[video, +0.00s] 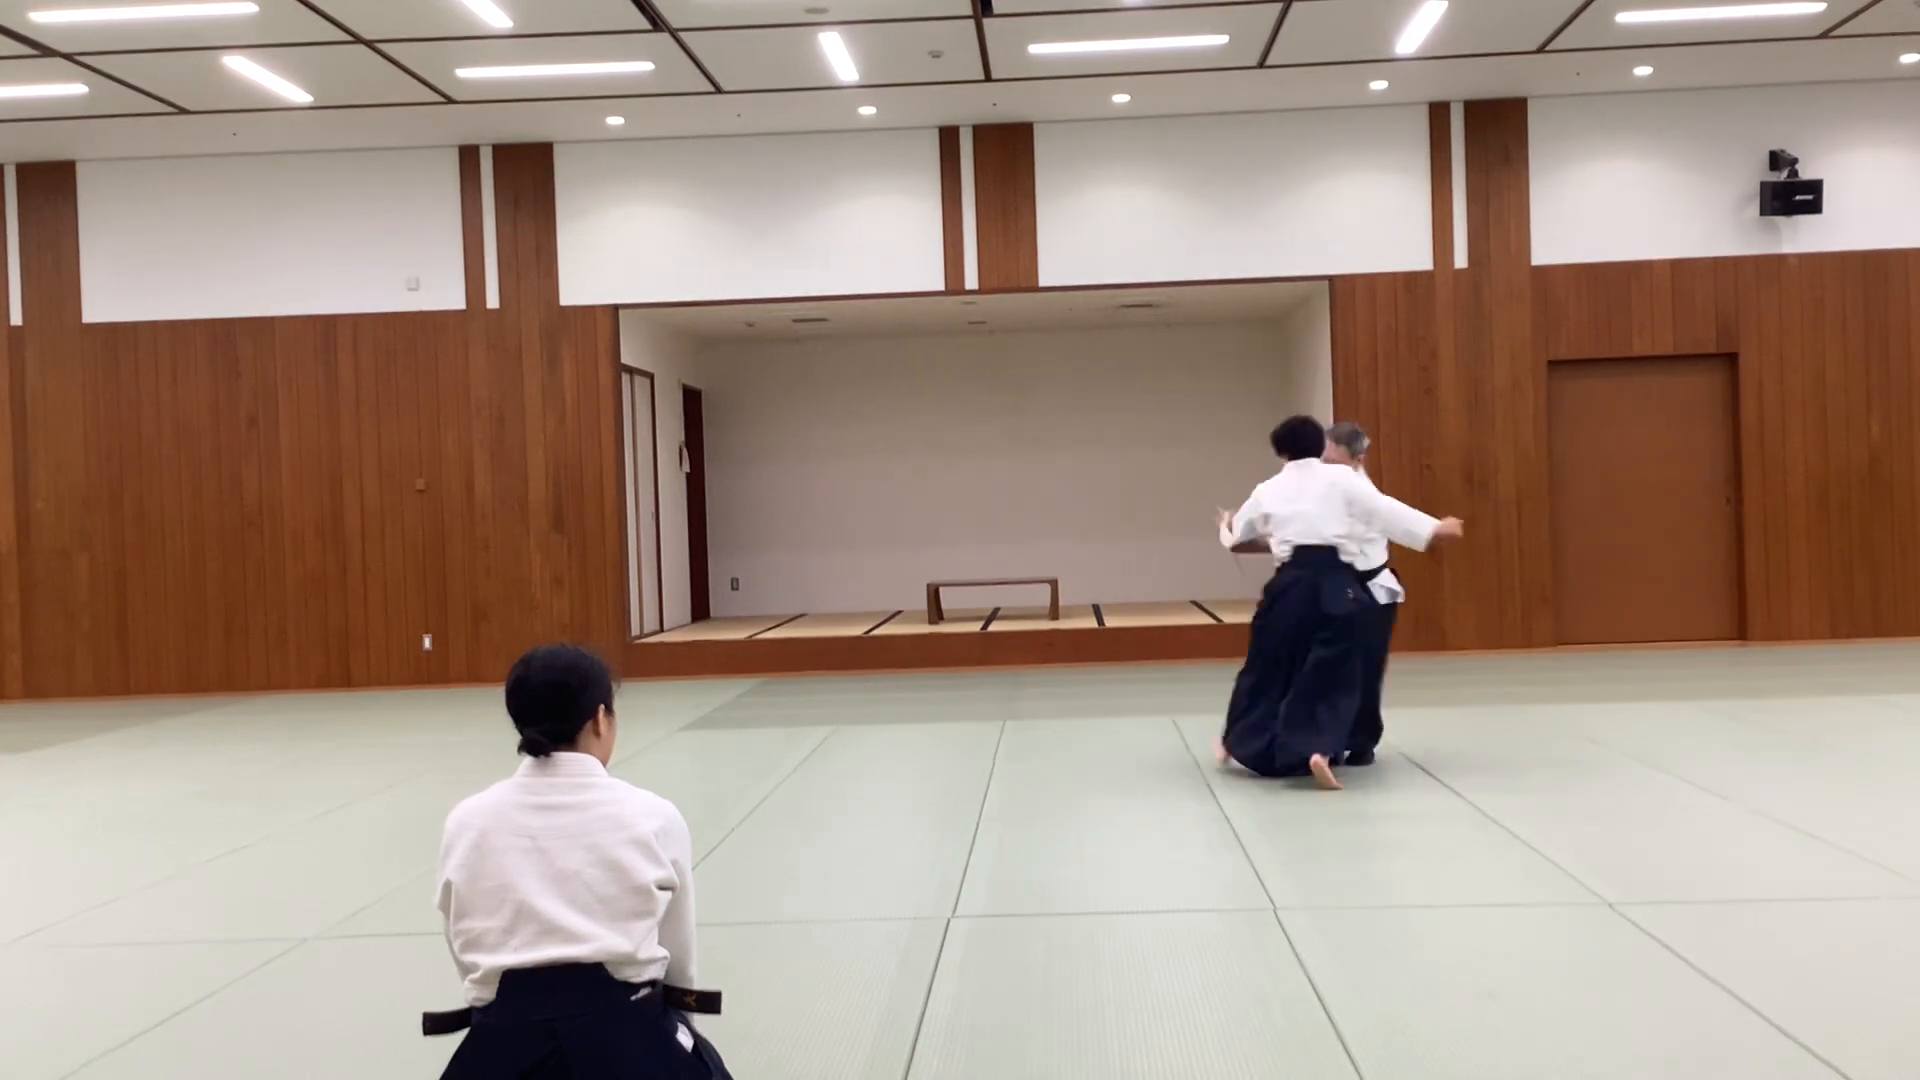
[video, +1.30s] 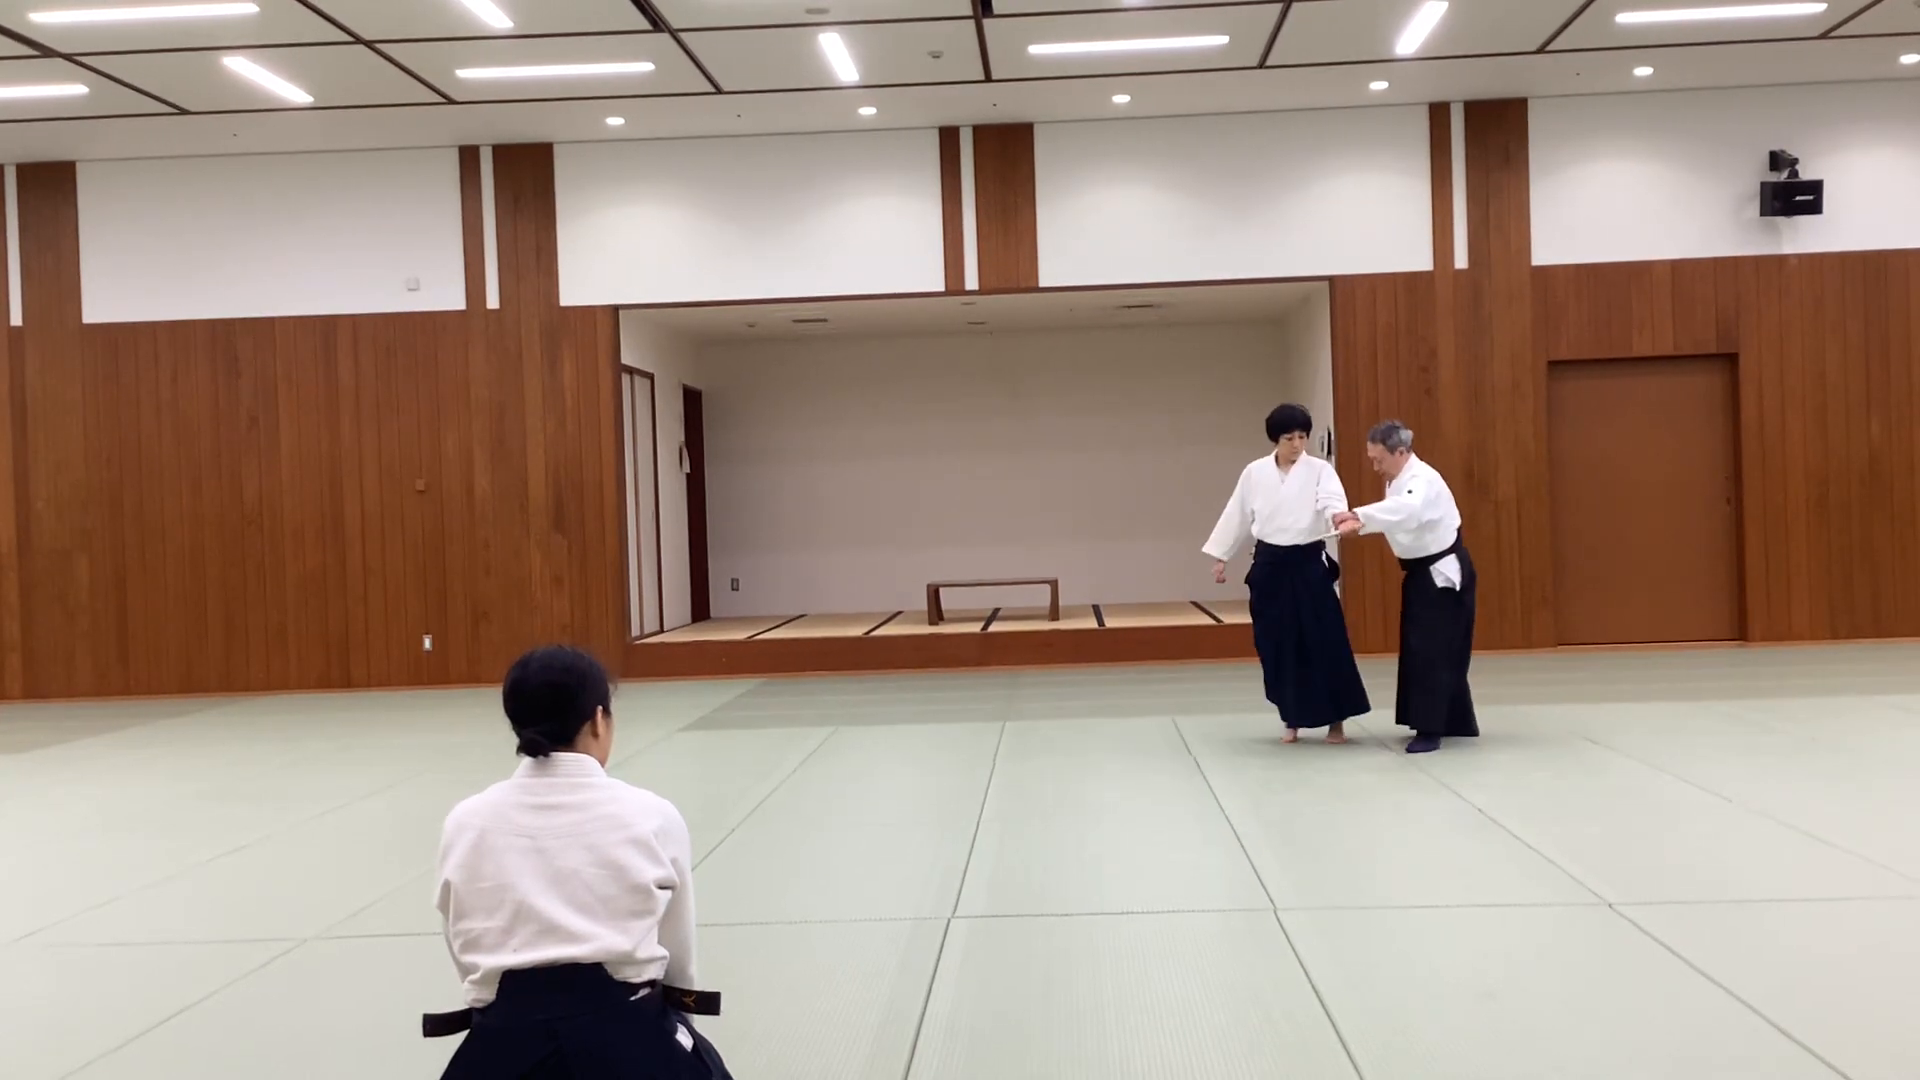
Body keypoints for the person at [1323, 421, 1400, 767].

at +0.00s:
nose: (1324, 462)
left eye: (1332, 456)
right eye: (1323, 455)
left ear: (1356, 459)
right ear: (1322, 451)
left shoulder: (1366, 492)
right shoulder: (1326, 488)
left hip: (1374, 587)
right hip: (1339, 587)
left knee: (1365, 670)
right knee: (1334, 667)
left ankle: (1361, 745)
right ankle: (1326, 745)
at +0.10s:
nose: (1340, 473)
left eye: (1347, 467)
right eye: (1339, 465)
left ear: (1371, 466)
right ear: (1337, 459)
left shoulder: (1383, 502)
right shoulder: (1335, 480)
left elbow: (1351, 549)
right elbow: (1306, 503)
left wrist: (1317, 563)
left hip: (1386, 589)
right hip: (1349, 584)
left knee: (1374, 671)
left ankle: (1368, 747)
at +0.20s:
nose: (1352, 474)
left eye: (1359, 469)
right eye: (1350, 467)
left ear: (1383, 468)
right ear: (1350, 459)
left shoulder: (1392, 505)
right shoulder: (1348, 484)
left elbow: (1360, 562)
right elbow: (1317, 522)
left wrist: (1312, 583)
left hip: (1406, 589)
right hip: (1379, 586)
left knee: (1381, 664)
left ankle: (1369, 741)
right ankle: (1463, 716)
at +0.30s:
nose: (1354, 473)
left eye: (1360, 467)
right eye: (1353, 466)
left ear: (1383, 465)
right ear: (1357, 461)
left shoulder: (1396, 504)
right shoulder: (1362, 488)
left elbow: (1374, 563)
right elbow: (1341, 532)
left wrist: (1333, 590)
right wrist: (1313, 569)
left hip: (1423, 586)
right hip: (1407, 581)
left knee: (1397, 658)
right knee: (1438, 655)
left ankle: (1388, 739)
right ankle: (1470, 724)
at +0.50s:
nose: (1353, 465)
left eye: (1357, 458)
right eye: (1351, 458)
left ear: (1379, 452)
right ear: (1374, 453)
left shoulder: (1397, 487)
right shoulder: (1375, 479)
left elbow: (1388, 550)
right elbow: (1366, 531)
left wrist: (1362, 597)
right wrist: (1359, 579)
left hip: (1434, 571)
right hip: (1425, 567)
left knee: (1423, 650)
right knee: (1453, 646)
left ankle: (1426, 732)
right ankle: (1467, 726)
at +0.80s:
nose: (1361, 475)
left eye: (1362, 467)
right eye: (1358, 469)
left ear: (1384, 460)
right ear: (1381, 461)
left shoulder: (1409, 486)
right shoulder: (1390, 489)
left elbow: (1402, 528)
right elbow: (1395, 535)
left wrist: (1372, 553)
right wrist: (1382, 563)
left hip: (1444, 573)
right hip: (1428, 573)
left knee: (1420, 649)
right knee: (1416, 649)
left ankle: (1427, 731)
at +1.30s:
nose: (1374, 465)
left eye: (1377, 458)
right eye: (1371, 459)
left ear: (1399, 452)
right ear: (1393, 453)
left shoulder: (1421, 478)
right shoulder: (1400, 480)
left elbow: (1408, 510)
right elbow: (1396, 517)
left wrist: (1360, 517)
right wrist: (1359, 525)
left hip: (1441, 571)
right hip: (1422, 570)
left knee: (1430, 649)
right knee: (1426, 647)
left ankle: (1430, 731)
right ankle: (1450, 721)